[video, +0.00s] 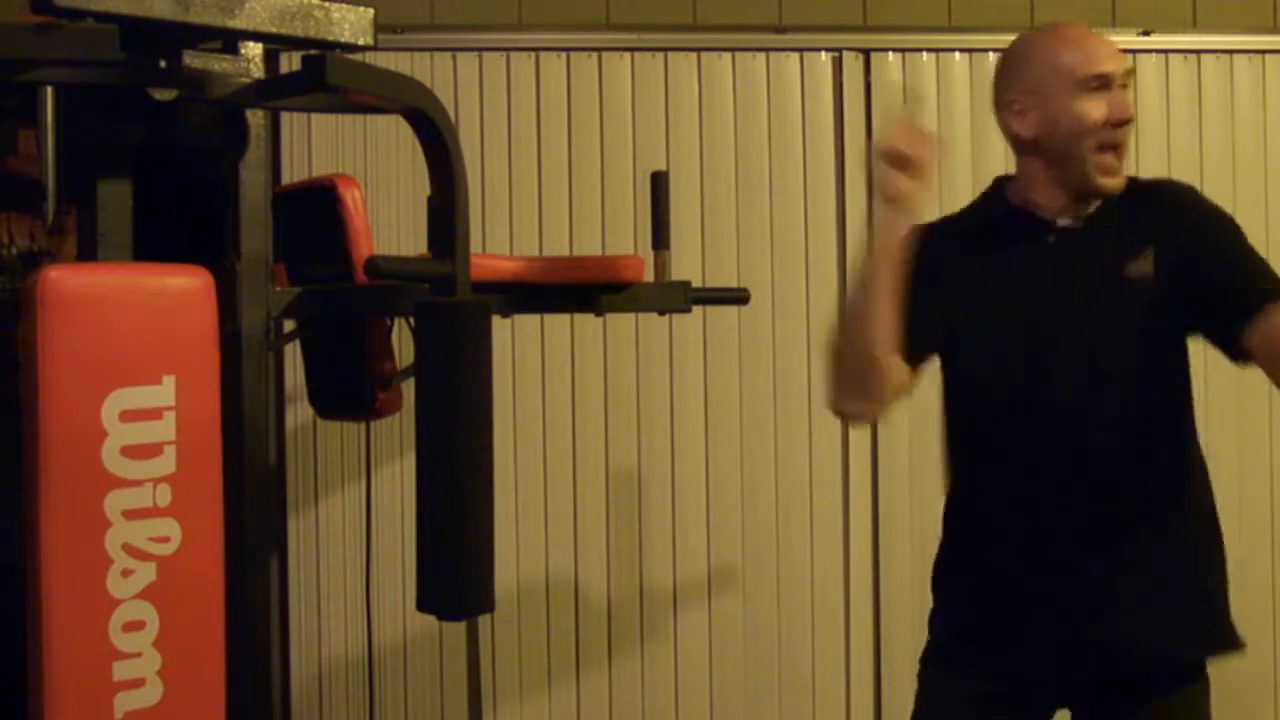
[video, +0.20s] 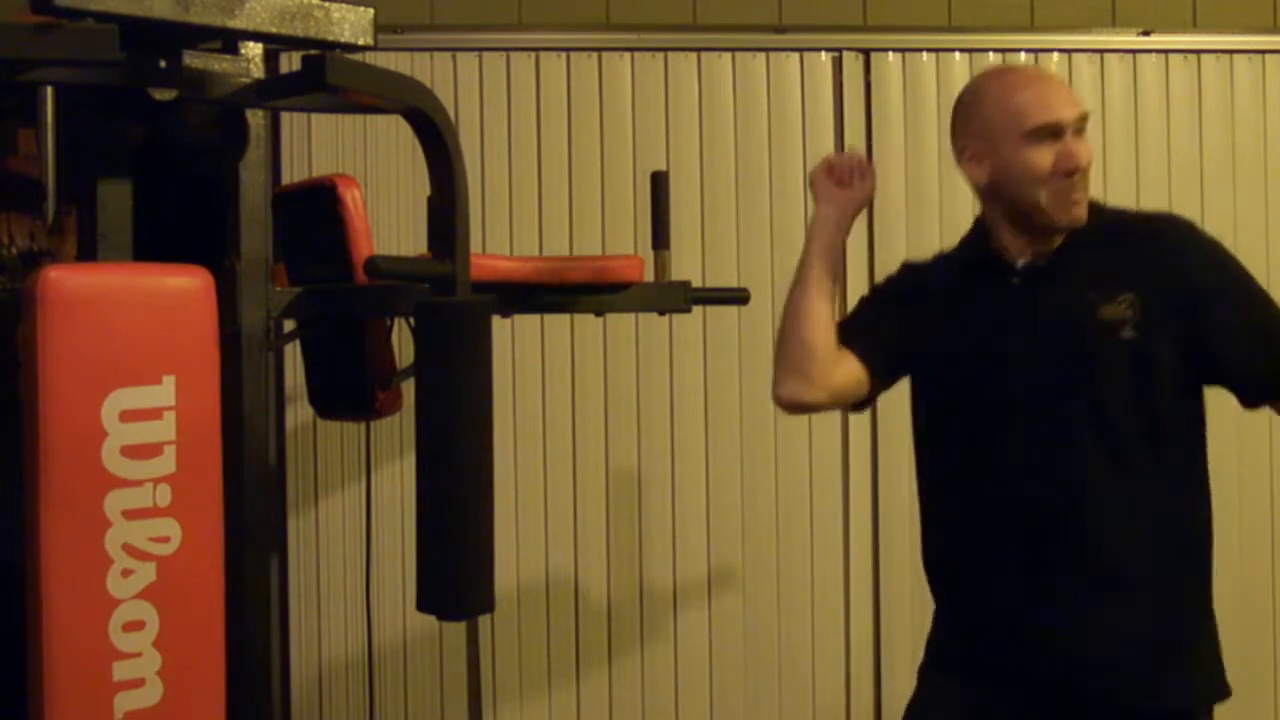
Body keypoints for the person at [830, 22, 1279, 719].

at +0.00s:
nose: (1124, 111)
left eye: (1125, 86)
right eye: (1095, 89)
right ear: (1021, 115)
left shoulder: (1171, 223)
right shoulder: (947, 251)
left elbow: (1268, 339)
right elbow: (858, 395)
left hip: (1147, 619)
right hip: (991, 623)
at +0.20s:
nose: (1077, 155)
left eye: (1080, 131)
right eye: (1048, 137)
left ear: (1090, 133)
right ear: (977, 161)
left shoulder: (1166, 259)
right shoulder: (931, 296)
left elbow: (1275, 378)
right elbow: (802, 384)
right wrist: (828, 226)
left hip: (1150, 671)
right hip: (982, 675)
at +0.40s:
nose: (1088, 145)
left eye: (1088, 121)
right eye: (1058, 126)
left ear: (1096, 124)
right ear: (985, 151)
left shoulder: (1158, 252)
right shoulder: (936, 285)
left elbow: (1272, 361)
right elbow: (835, 394)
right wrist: (859, 225)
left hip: (1149, 665)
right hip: (983, 670)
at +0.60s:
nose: (1125, 115)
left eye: (1127, 92)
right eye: (1093, 95)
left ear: (1135, 100)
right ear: (1025, 120)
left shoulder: (1165, 222)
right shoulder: (945, 248)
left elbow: (1258, 332)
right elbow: (862, 405)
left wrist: (1175, 380)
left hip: (1138, 614)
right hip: (984, 617)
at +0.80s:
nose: (1050, 124)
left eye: (1067, 100)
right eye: (1023, 102)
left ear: (1087, 114)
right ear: (977, 123)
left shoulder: (1150, 230)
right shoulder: (928, 256)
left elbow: (1261, 357)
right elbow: (828, 384)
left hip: (1132, 623)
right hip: (974, 626)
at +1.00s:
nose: (986, 178)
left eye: (1003, 155)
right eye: (959, 159)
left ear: (1031, 170)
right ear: (921, 182)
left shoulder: (1120, 280)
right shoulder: (897, 322)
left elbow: (1262, 406)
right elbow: (782, 404)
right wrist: (811, 236)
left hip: (1120, 673)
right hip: (955, 678)